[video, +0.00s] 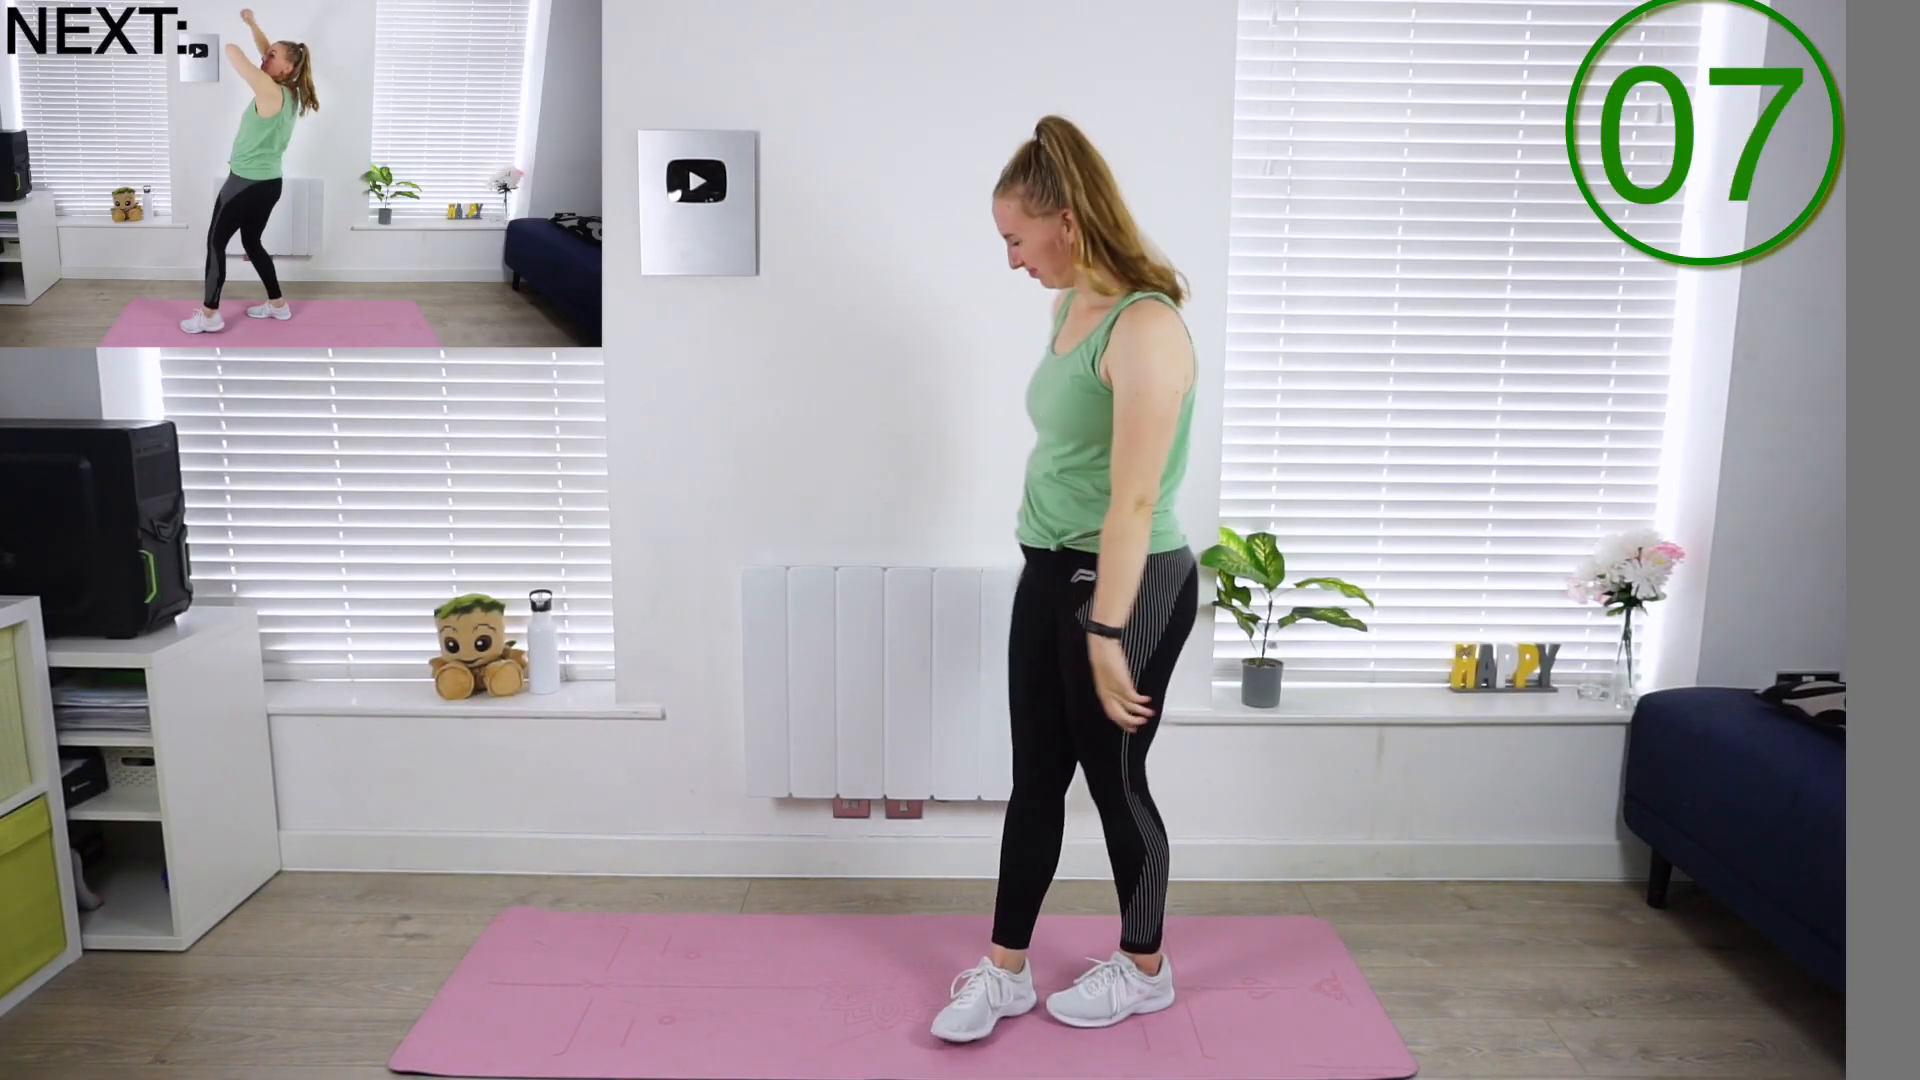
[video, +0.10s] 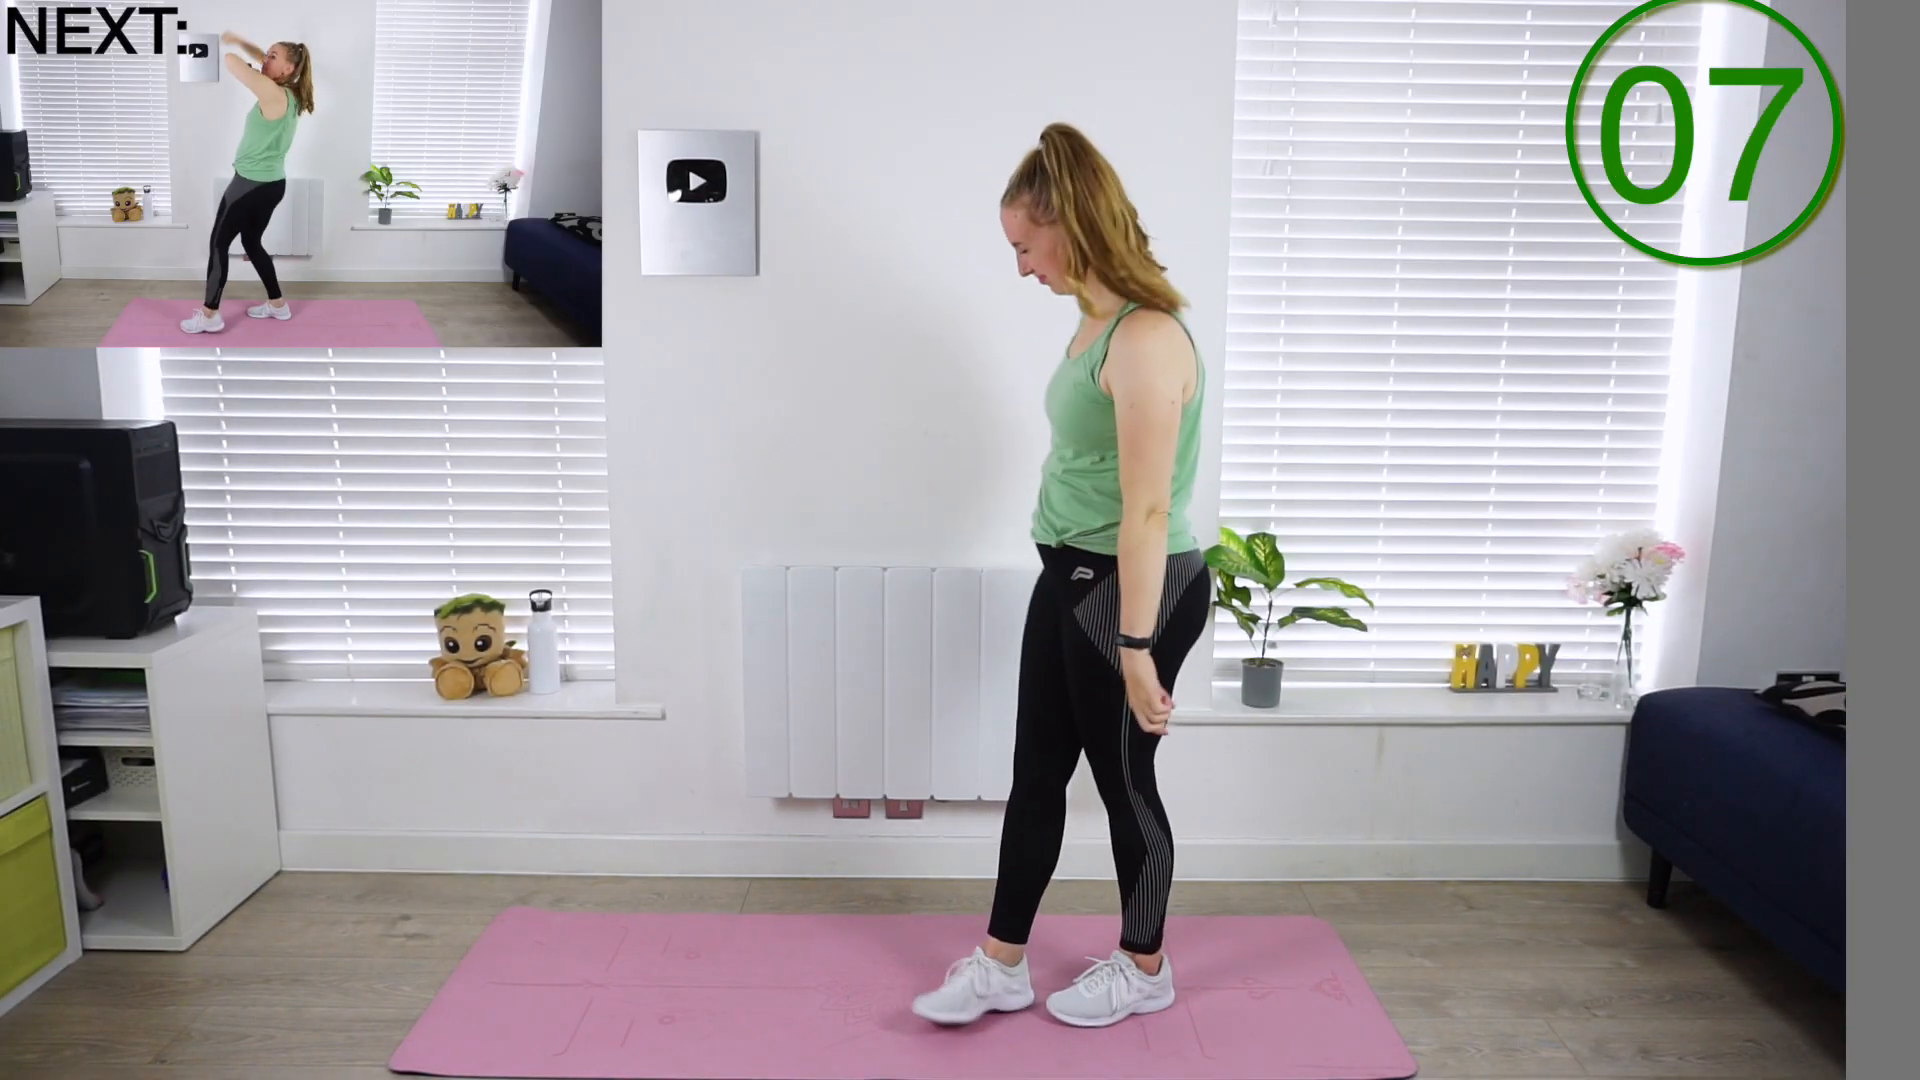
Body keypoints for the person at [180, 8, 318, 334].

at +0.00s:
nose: (266, 59)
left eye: (272, 56)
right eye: (268, 55)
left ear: (287, 69)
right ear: (287, 70)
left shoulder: (268, 89)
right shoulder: (289, 92)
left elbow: (230, 49)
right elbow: (267, 51)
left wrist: (255, 66)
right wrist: (252, 23)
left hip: (246, 182)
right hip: (268, 182)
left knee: (216, 242)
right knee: (252, 242)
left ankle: (209, 313)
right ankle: (277, 303)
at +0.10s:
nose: (265, 60)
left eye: (272, 57)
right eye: (267, 55)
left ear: (289, 69)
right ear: (288, 71)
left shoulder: (272, 94)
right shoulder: (292, 94)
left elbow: (231, 61)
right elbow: (265, 61)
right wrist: (239, 41)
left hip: (249, 183)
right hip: (271, 184)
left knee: (219, 243)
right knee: (252, 242)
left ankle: (209, 314)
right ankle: (277, 303)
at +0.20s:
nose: (262, 66)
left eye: (269, 61)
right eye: (263, 61)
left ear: (288, 68)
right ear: (286, 69)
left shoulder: (279, 97)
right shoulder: (286, 94)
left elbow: (231, 80)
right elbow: (251, 83)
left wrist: (239, 73)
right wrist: (228, 81)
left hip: (266, 186)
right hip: (272, 183)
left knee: (226, 241)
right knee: (254, 240)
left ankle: (211, 316)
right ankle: (277, 304)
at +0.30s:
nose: (253, 73)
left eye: (258, 67)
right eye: (254, 67)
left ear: (278, 71)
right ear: (276, 72)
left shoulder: (281, 103)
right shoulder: (282, 98)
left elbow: (229, 111)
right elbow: (247, 109)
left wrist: (219, 110)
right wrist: (239, 117)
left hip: (281, 190)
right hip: (278, 186)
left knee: (232, 242)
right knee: (259, 241)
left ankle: (247, 314)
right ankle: (278, 305)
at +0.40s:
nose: (245, 79)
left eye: (248, 73)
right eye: (245, 73)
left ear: (265, 76)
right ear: (266, 76)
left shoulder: (279, 105)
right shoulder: (273, 102)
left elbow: (239, 137)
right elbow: (248, 126)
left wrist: (234, 148)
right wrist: (238, 129)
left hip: (295, 189)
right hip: (281, 186)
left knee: (256, 249)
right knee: (262, 244)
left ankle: (303, 300)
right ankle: (277, 304)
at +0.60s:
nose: (235, 83)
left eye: (238, 76)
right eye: (235, 77)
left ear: (253, 77)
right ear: (252, 78)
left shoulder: (281, 103)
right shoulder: (256, 110)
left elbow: (261, 150)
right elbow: (248, 146)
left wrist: (245, 153)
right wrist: (244, 170)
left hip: (315, 183)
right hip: (288, 184)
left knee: (320, 250)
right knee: (272, 237)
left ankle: (363, 289)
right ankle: (279, 303)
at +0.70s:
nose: (235, 87)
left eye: (238, 80)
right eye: (236, 80)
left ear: (253, 81)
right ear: (253, 80)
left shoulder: (283, 106)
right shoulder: (257, 111)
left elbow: (267, 153)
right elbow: (253, 150)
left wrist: (247, 164)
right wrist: (262, 166)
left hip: (323, 181)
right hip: (295, 184)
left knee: (335, 242)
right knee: (271, 236)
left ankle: (367, 292)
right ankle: (279, 303)